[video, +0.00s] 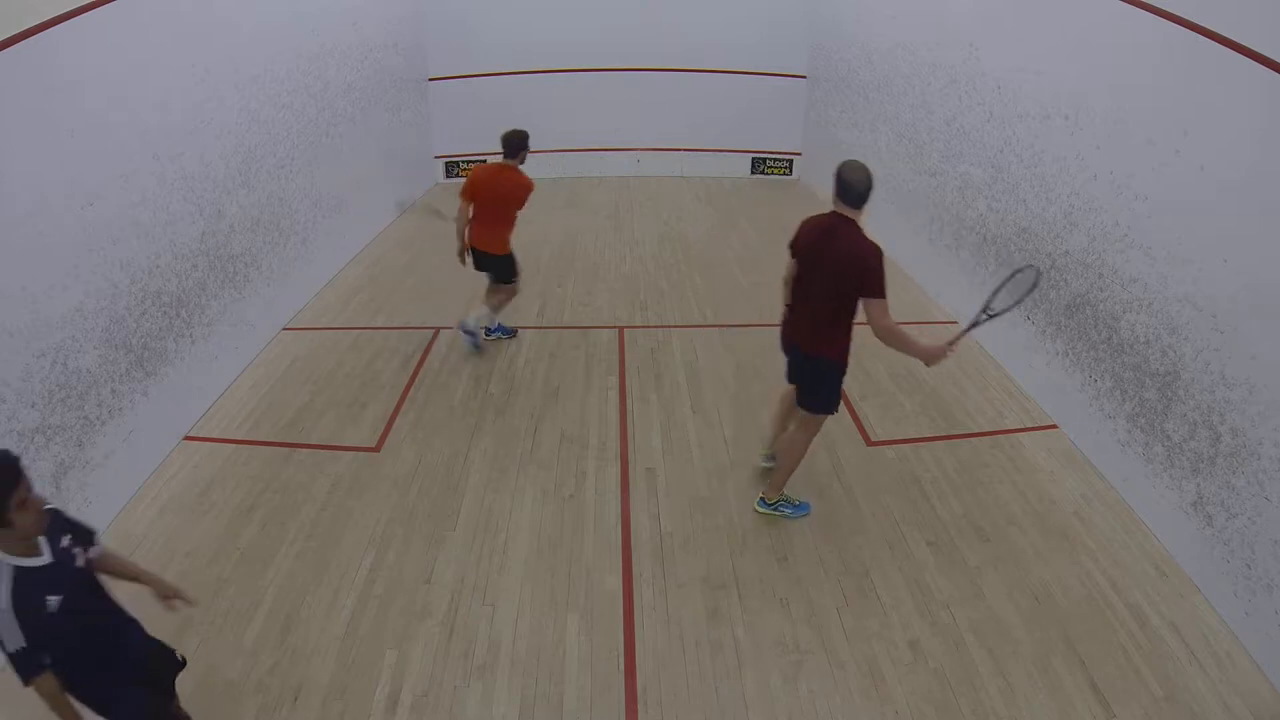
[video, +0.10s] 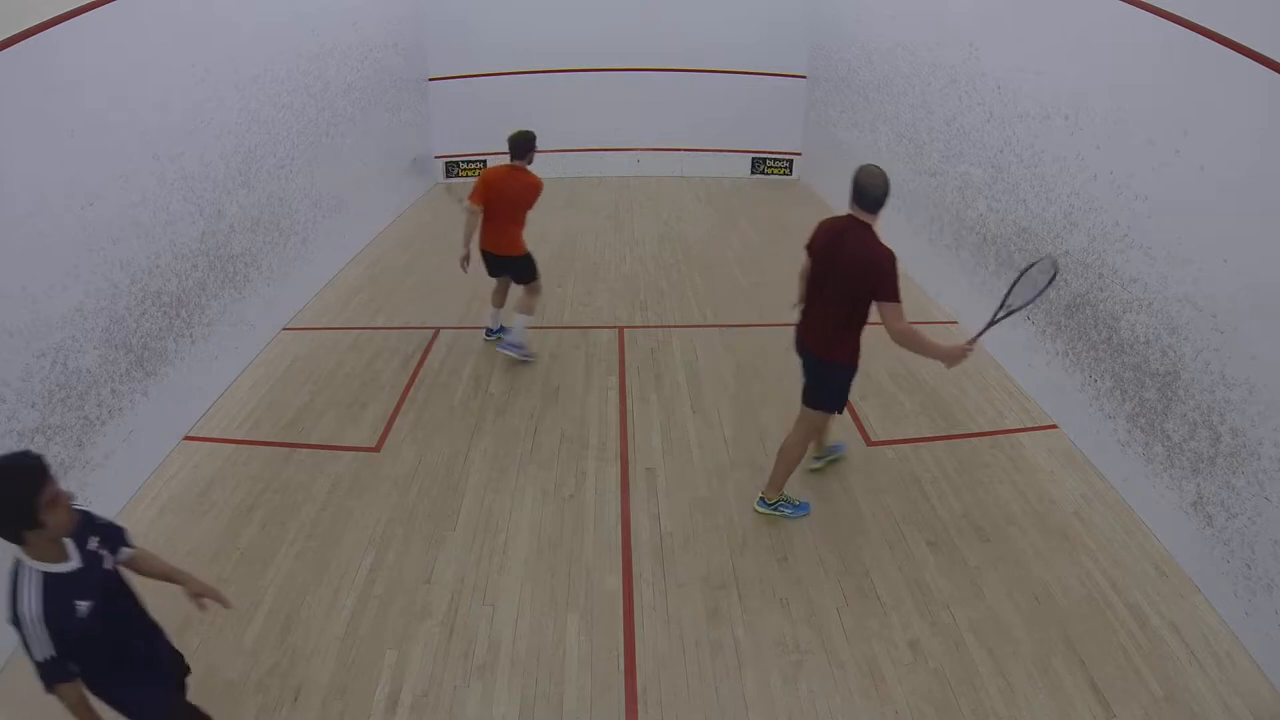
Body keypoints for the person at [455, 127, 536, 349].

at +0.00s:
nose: (527, 155)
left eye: (526, 151)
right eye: (526, 151)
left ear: (503, 150)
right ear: (523, 154)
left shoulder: (479, 172)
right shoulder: (524, 184)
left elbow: (463, 210)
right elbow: (513, 210)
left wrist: (461, 242)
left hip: (475, 245)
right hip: (499, 249)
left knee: (495, 282)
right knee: (510, 289)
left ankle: (491, 326)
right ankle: (473, 323)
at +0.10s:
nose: (535, 154)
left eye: (534, 150)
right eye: (534, 151)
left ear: (509, 151)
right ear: (531, 154)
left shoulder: (489, 176)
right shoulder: (534, 184)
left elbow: (473, 211)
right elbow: (519, 207)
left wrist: (466, 247)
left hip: (488, 247)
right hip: (514, 250)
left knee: (503, 280)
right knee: (533, 288)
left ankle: (493, 326)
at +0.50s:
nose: (576, 139)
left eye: (573, 135)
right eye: (570, 137)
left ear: (547, 146)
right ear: (558, 145)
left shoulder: (530, 172)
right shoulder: (577, 172)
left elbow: (514, 208)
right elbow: (594, 202)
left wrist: (524, 237)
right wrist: (567, 190)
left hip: (542, 250)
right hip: (571, 251)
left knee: (552, 294)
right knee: (586, 296)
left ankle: (552, 353)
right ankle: (580, 351)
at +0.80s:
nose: (606, 155)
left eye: (603, 151)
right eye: (603, 152)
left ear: (576, 161)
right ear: (596, 159)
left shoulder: (564, 192)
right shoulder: (616, 192)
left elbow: (550, 231)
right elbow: (628, 232)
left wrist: (573, 233)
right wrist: (602, 229)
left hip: (576, 272)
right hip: (610, 273)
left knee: (567, 314)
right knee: (623, 325)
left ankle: (561, 368)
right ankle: (626, 389)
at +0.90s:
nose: (608, 159)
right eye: (608, 155)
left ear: (581, 163)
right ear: (608, 160)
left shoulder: (572, 196)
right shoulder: (627, 193)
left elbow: (556, 237)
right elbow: (637, 237)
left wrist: (581, 244)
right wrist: (613, 241)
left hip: (584, 272)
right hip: (620, 273)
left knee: (567, 313)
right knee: (635, 319)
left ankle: (560, 371)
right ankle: (649, 377)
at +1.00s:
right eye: (610, 175)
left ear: (589, 181)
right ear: (614, 177)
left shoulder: (579, 215)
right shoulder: (633, 210)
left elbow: (564, 262)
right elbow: (646, 254)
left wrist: (582, 272)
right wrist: (624, 262)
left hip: (593, 289)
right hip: (628, 288)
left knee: (566, 321)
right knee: (645, 330)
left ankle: (554, 383)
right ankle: (670, 388)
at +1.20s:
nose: (557, 185)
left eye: (558, 182)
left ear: (560, 186)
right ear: (585, 184)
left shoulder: (560, 219)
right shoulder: (597, 213)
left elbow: (559, 265)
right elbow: (601, 255)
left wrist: (546, 289)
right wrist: (565, 273)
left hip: (583, 300)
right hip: (610, 295)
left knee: (539, 339)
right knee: (628, 334)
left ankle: (578, 389)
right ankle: (667, 379)